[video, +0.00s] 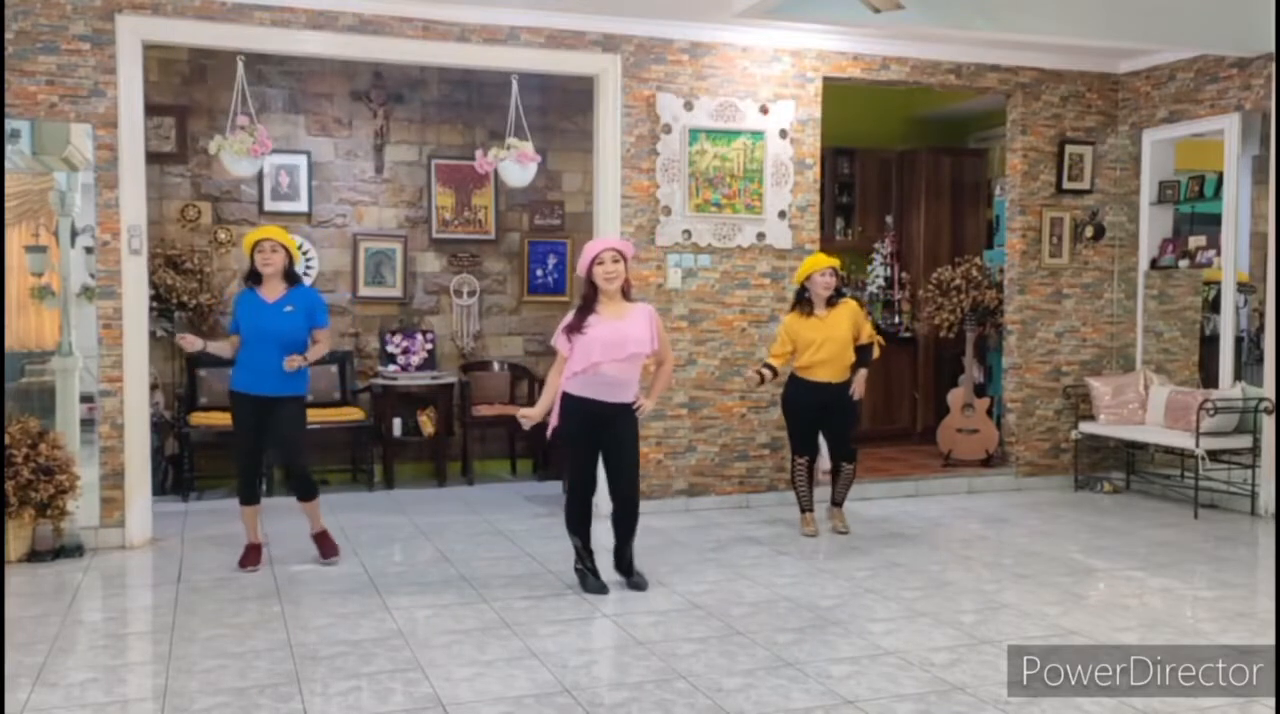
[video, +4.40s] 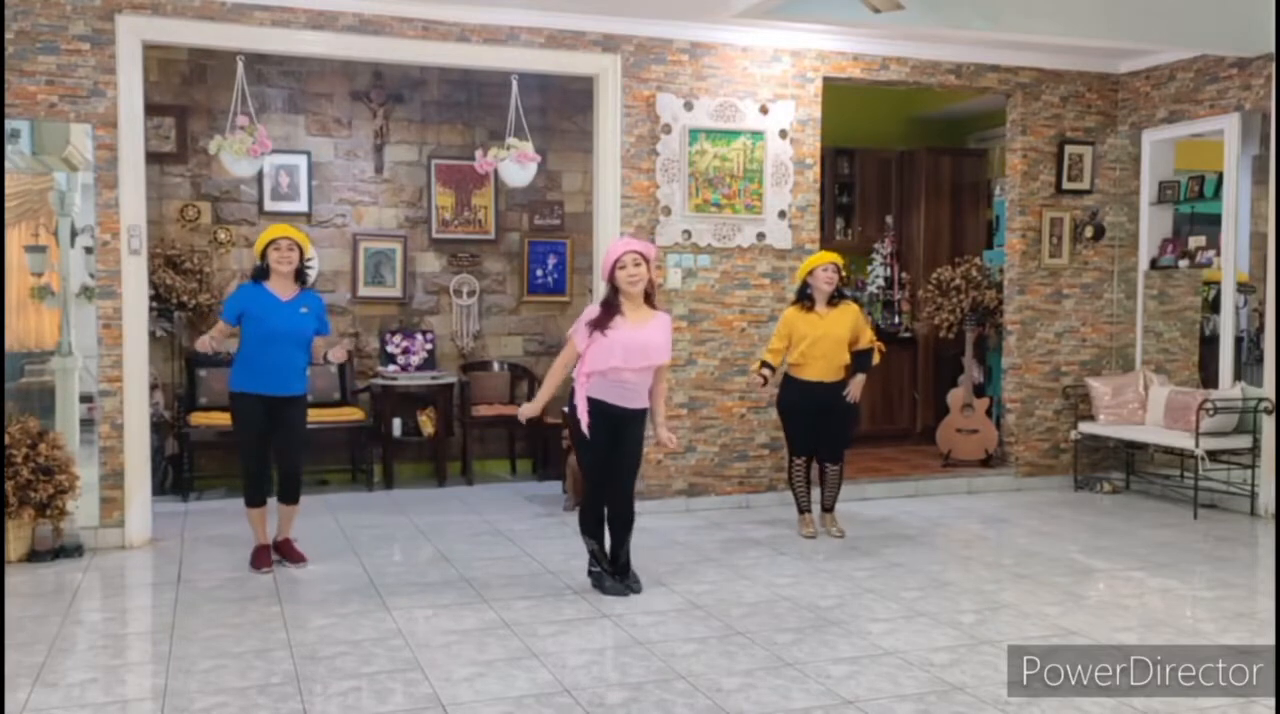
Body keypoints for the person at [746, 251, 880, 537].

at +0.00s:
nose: (829, 280)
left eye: (832, 274)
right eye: (822, 275)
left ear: (837, 280)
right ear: (807, 282)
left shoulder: (850, 309)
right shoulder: (794, 320)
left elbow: (867, 342)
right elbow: (779, 358)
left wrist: (862, 374)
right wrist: (762, 373)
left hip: (839, 392)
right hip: (802, 392)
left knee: (845, 455)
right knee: (803, 453)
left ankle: (837, 509)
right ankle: (807, 514)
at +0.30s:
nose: (839, 278)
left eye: (842, 273)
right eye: (832, 273)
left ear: (846, 278)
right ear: (817, 280)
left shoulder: (858, 306)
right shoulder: (805, 318)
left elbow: (877, 334)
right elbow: (800, 358)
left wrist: (874, 367)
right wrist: (801, 390)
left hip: (854, 388)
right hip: (819, 389)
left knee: (859, 453)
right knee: (814, 452)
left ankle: (857, 512)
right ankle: (809, 513)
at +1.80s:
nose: (835, 279)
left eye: (839, 273)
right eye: (828, 274)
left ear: (846, 279)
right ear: (815, 282)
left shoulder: (858, 312)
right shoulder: (801, 316)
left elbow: (869, 347)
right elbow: (778, 346)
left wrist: (862, 377)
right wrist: (762, 369)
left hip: (837, 393)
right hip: (799, 391)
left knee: (844, 454)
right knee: (803, 454)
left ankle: (846, 510)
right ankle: (809, 514)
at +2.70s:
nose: (839, 276)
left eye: (842, 270)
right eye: (831, 271)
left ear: (848, 276)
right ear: (819, 279)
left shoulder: (859, 308)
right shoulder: (808, 315)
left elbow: (875, 338)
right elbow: (801, 356)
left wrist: (871, 370)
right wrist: (800, 391)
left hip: (853, 387)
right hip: (819, 387)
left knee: (856, 452)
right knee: (815, 452)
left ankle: (856, 512)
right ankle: (811, 515)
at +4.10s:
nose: (835, 276)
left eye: (839, 272)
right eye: (829, 271)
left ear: (844, 279)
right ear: (814, 279)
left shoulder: (854, 313)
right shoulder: (798, 314)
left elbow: (867, 348)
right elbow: (777, 351)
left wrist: (861, 378)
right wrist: (765, 379)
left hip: (837, 392)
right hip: (799, 390)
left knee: (845, 454)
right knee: (801, 454)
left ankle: (849, 513)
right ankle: (805, 515)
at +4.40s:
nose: (831, 275)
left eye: (834, 271)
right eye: (824, 270)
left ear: (839, 279)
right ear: (809, 278)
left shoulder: (851, 312)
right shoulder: (793, 314)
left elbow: (865, 347)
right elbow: (776, 350)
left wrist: (860, 376)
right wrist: (764, 371)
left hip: (835, 393)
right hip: (797, 391)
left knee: (832, 456)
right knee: (800, 455)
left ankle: (828, 513)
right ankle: (805, 514)